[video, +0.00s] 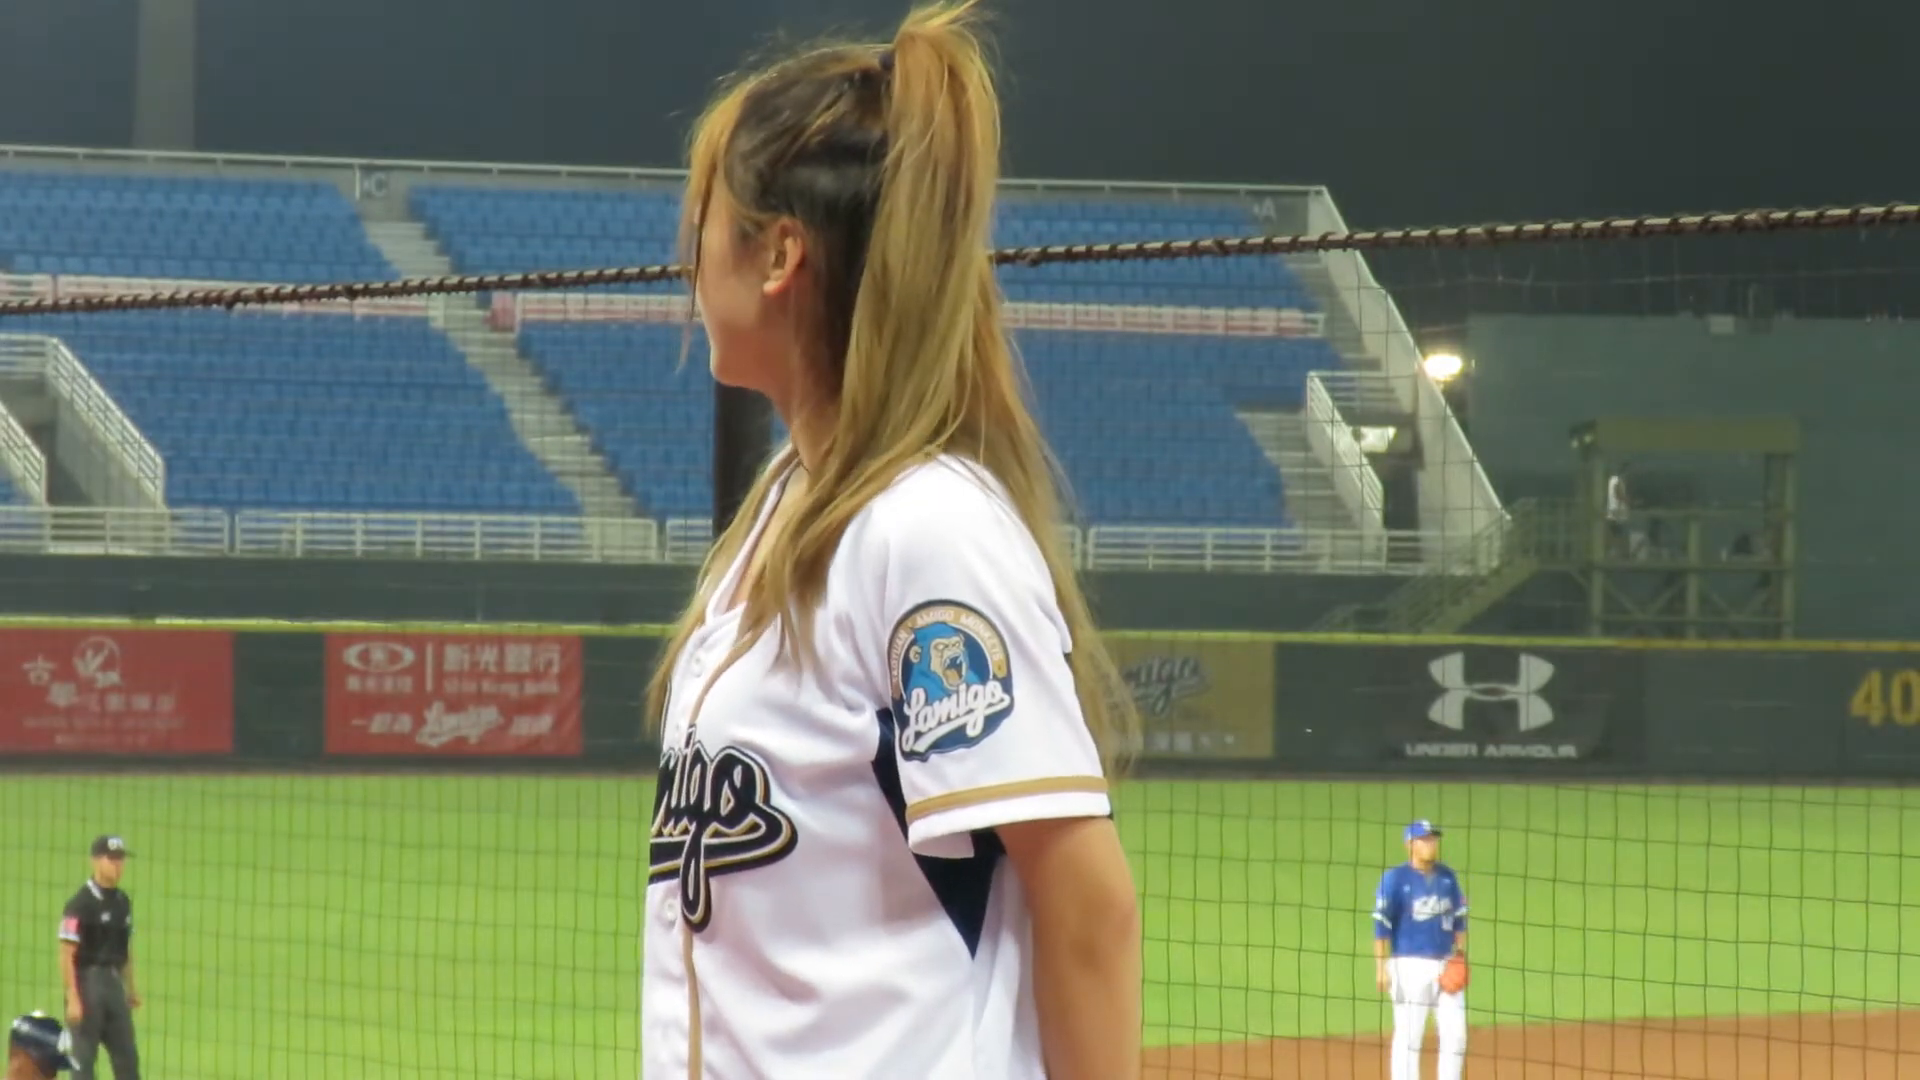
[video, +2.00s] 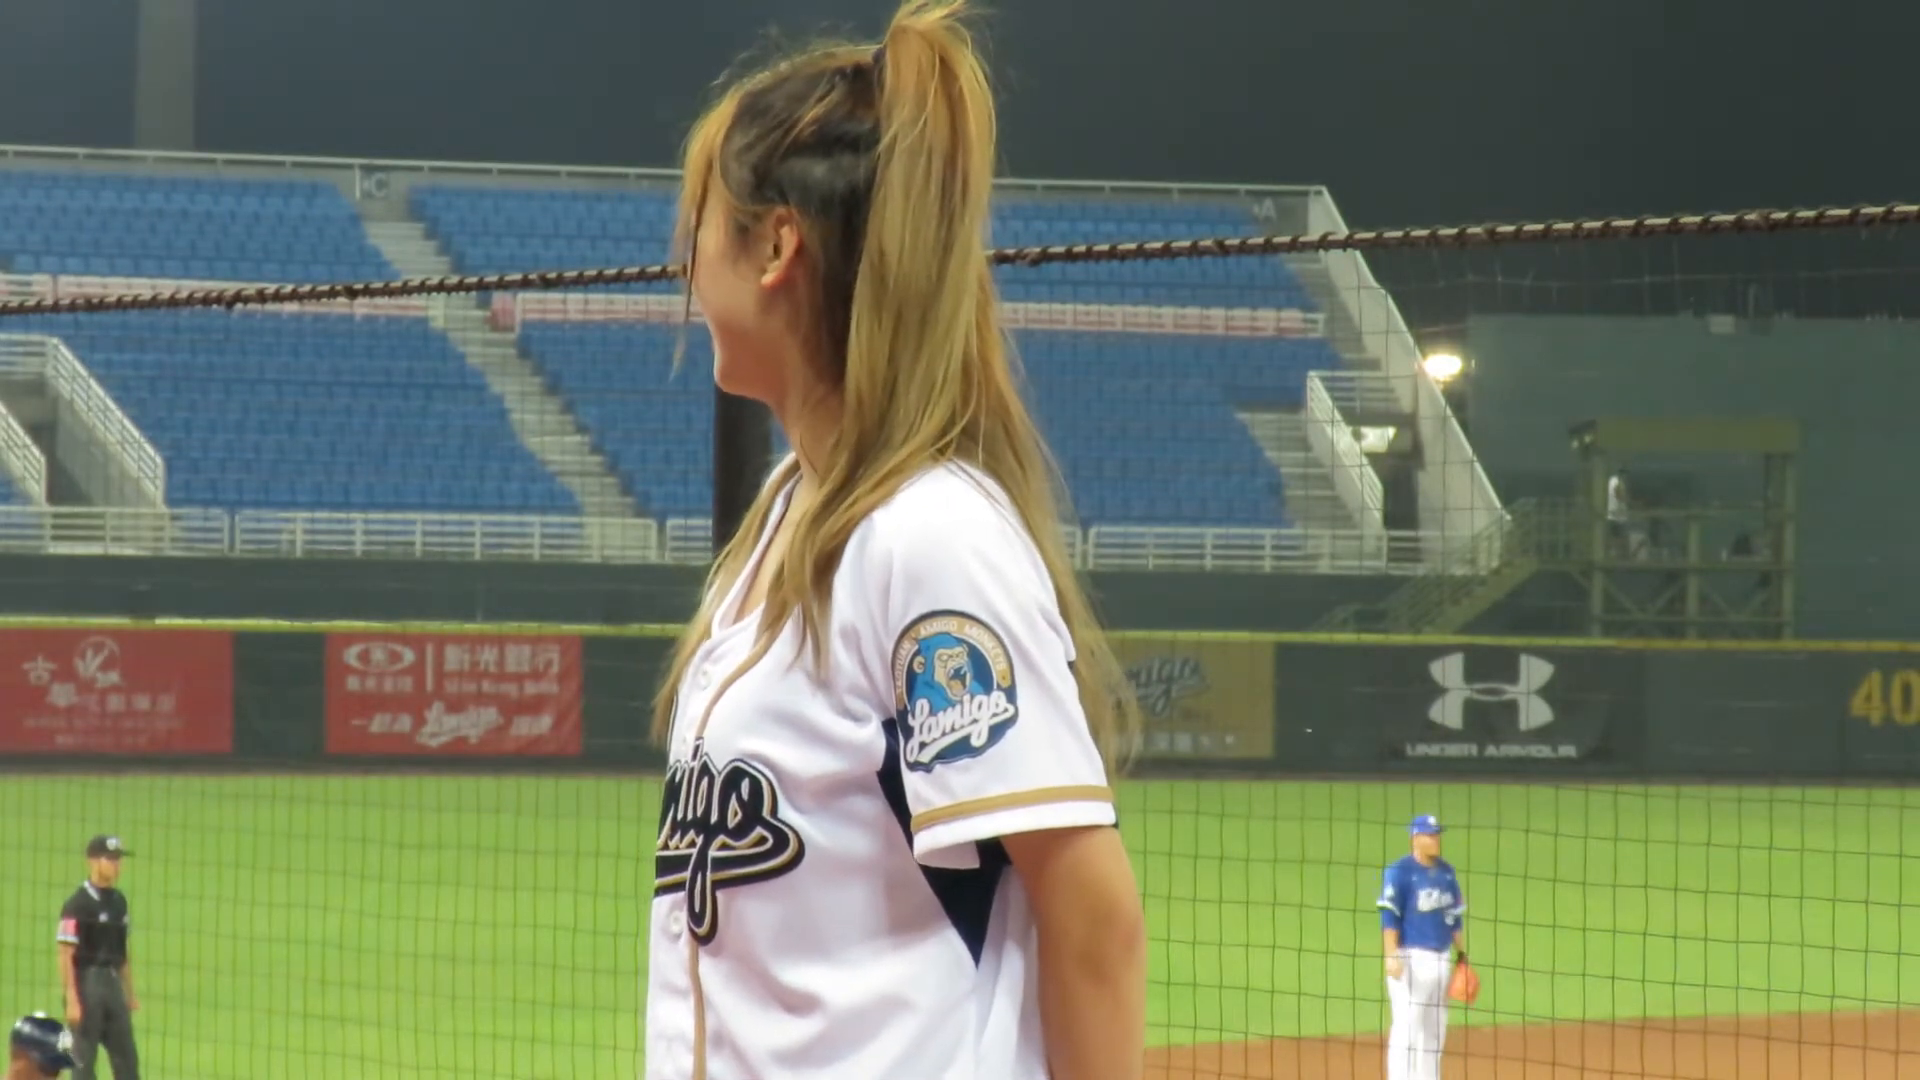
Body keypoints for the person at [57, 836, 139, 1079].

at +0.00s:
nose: (117, 865)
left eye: (120, 860)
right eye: (111, 859)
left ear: (123, 862)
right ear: (96, 860)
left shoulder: (122, 901)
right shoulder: (80, 903)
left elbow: (123, 949)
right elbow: (67, 954)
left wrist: (129, 988)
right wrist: (73, 998)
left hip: (114, 973)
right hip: (87, 973)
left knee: (126, 1054)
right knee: (83, 1055)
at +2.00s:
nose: (116, 866)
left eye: (117, 860)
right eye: (110, 860)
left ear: (118, 862)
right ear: (93, 861)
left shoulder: (118, 901)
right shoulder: (77, 904)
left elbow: (121, 951)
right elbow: (65, 954)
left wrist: (128, 991)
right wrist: (72, 1000)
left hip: (113, 973)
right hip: (87, 973)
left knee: (125, 1053)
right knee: (84, 1055)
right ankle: (82, 1074)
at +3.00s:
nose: (132, 860)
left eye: (132, 854)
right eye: (127, 854)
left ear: (121, 857)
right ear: (110, 856)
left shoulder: (125, 895)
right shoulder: (95, 898)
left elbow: (130, 947)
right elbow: (87, 950)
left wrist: (141, 984)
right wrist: (108, 990)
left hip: (127, 970)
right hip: (106, 969)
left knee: (122, 1047)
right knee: (103, 1048)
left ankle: (117, 1075)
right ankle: (98, 1075)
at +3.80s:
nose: (145, 862)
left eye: (145, 856)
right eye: (141, 855)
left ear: (129, 857)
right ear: (122, 855)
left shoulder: (127, 892)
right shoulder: (102, 894)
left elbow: (117, 936)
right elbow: (89, 944)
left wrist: (139, 945)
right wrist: (95, 989)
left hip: (121, 967)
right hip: (104, 967)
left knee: (118, 1044)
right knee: (103, 1043)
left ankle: (111, 1074)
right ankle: (90, 1075)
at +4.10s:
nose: (126, 860)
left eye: (127, 854)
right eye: (121, 854)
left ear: (123, 858)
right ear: (103, 855)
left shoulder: (119, 895)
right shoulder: (85, 895)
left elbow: (126, 933)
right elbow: (73, 947)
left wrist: (127, 935)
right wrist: (79, 991)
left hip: (112, 967)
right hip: (92, 967)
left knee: (110, 1047)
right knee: (84, 1044)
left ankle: (106, 1074)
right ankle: (68, 1075)